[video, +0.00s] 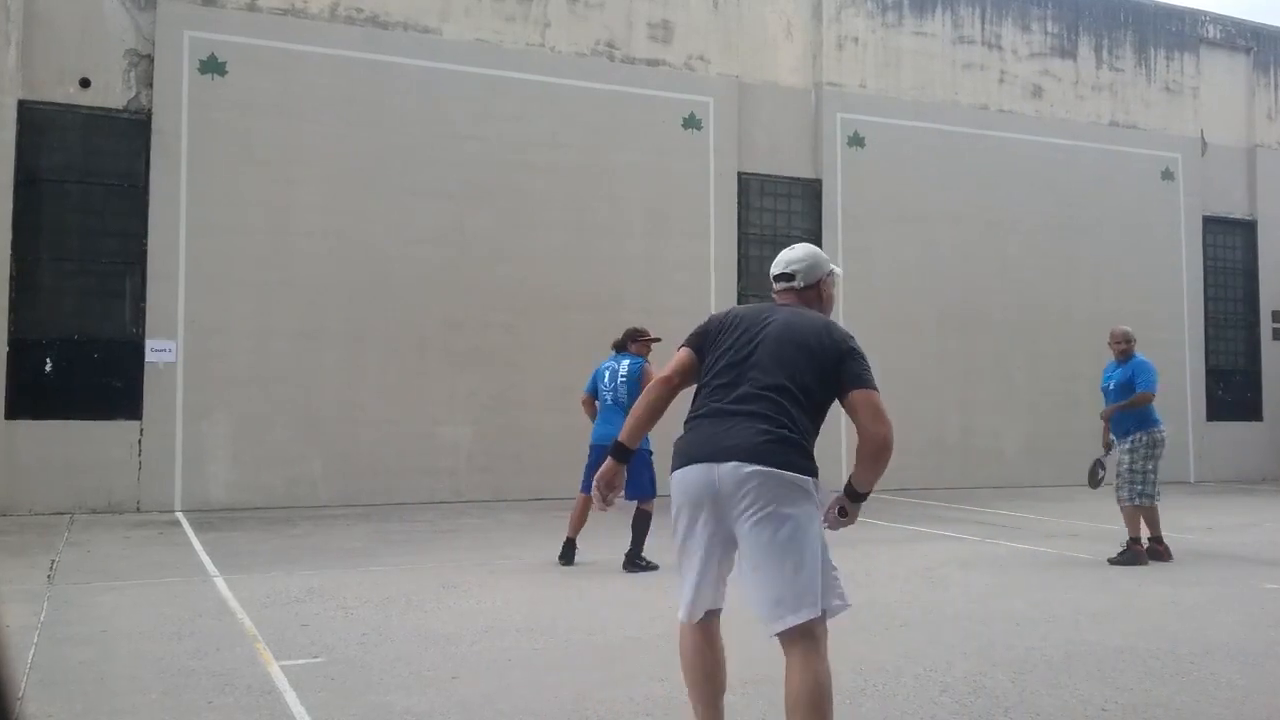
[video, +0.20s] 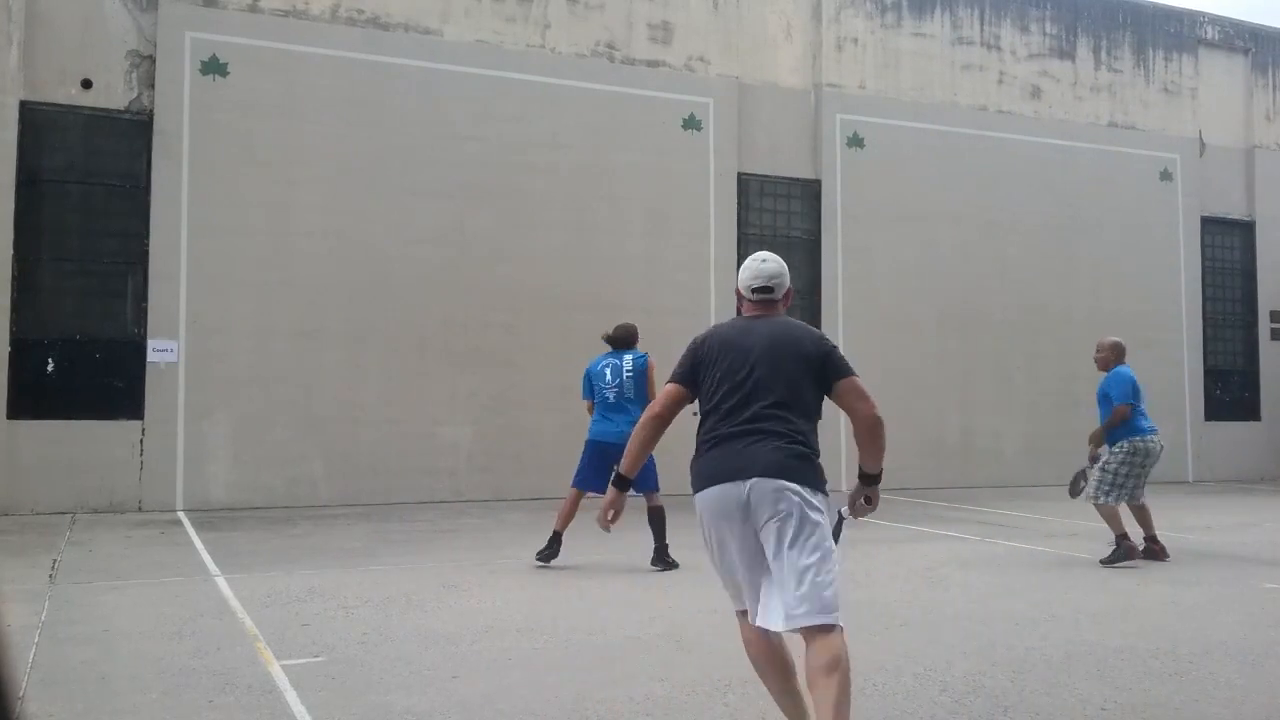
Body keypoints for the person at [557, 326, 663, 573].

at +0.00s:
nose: (650, 349)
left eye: (650, 345)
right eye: (646, 345)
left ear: (625, 346)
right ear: (632, 344)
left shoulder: (603, 367)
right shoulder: (642, 366)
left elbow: (587, 400)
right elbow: (651, 399)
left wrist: (601, 425)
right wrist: (644, 423)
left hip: (600, 440)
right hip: (633, 441)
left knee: (586, 492)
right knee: (646, 496)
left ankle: (568, 547)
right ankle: (634, 555)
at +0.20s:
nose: (639, 342)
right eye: (637, 339)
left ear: (611, 342)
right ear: (635, 342)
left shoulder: (594, 365)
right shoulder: (644, 362)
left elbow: (590, 407)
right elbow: (651, 400)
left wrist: (606, 425)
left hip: (599, 438)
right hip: (635, 439)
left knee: (577, 491)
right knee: (652, 493)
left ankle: (553, 544)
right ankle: (661, 552)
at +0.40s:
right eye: (635, 371)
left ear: (610, 372)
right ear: (634, 374)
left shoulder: (595, 393)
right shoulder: (642, 392)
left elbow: (584, 433)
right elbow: (648, 429)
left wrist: (601, 451)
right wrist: (658, 451)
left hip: (593, 461)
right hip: (629, 462)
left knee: (565, 507)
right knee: (658, 496)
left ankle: (543, 556)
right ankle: (665, 549)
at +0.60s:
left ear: (636, 389)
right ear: (656, 395)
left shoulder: (619, 403)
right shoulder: (657, 413)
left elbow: (582, 409)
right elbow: (653, 446)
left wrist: (558, 435)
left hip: (590, 462)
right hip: (627, 466)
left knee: (566, 508)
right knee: (658, 511)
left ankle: (544, 556)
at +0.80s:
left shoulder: (620, 403)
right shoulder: (658, 414)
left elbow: (593, 407)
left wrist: (568, 432)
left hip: (589, 459)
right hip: (629, 465)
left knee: (555, 500)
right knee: (654, 508)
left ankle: (542, 553)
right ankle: (675, 555)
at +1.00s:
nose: (594, 305)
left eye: (587, 300)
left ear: (585, 302)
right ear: (619, 304)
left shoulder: (567, 337)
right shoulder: (639, 340)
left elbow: (539, 382)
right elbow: (660, 398)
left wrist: (519, 434)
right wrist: (658, 439)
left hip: (573, 445)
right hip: (624, 447)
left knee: (553, 520)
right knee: (633, 524)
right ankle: (626, 611)